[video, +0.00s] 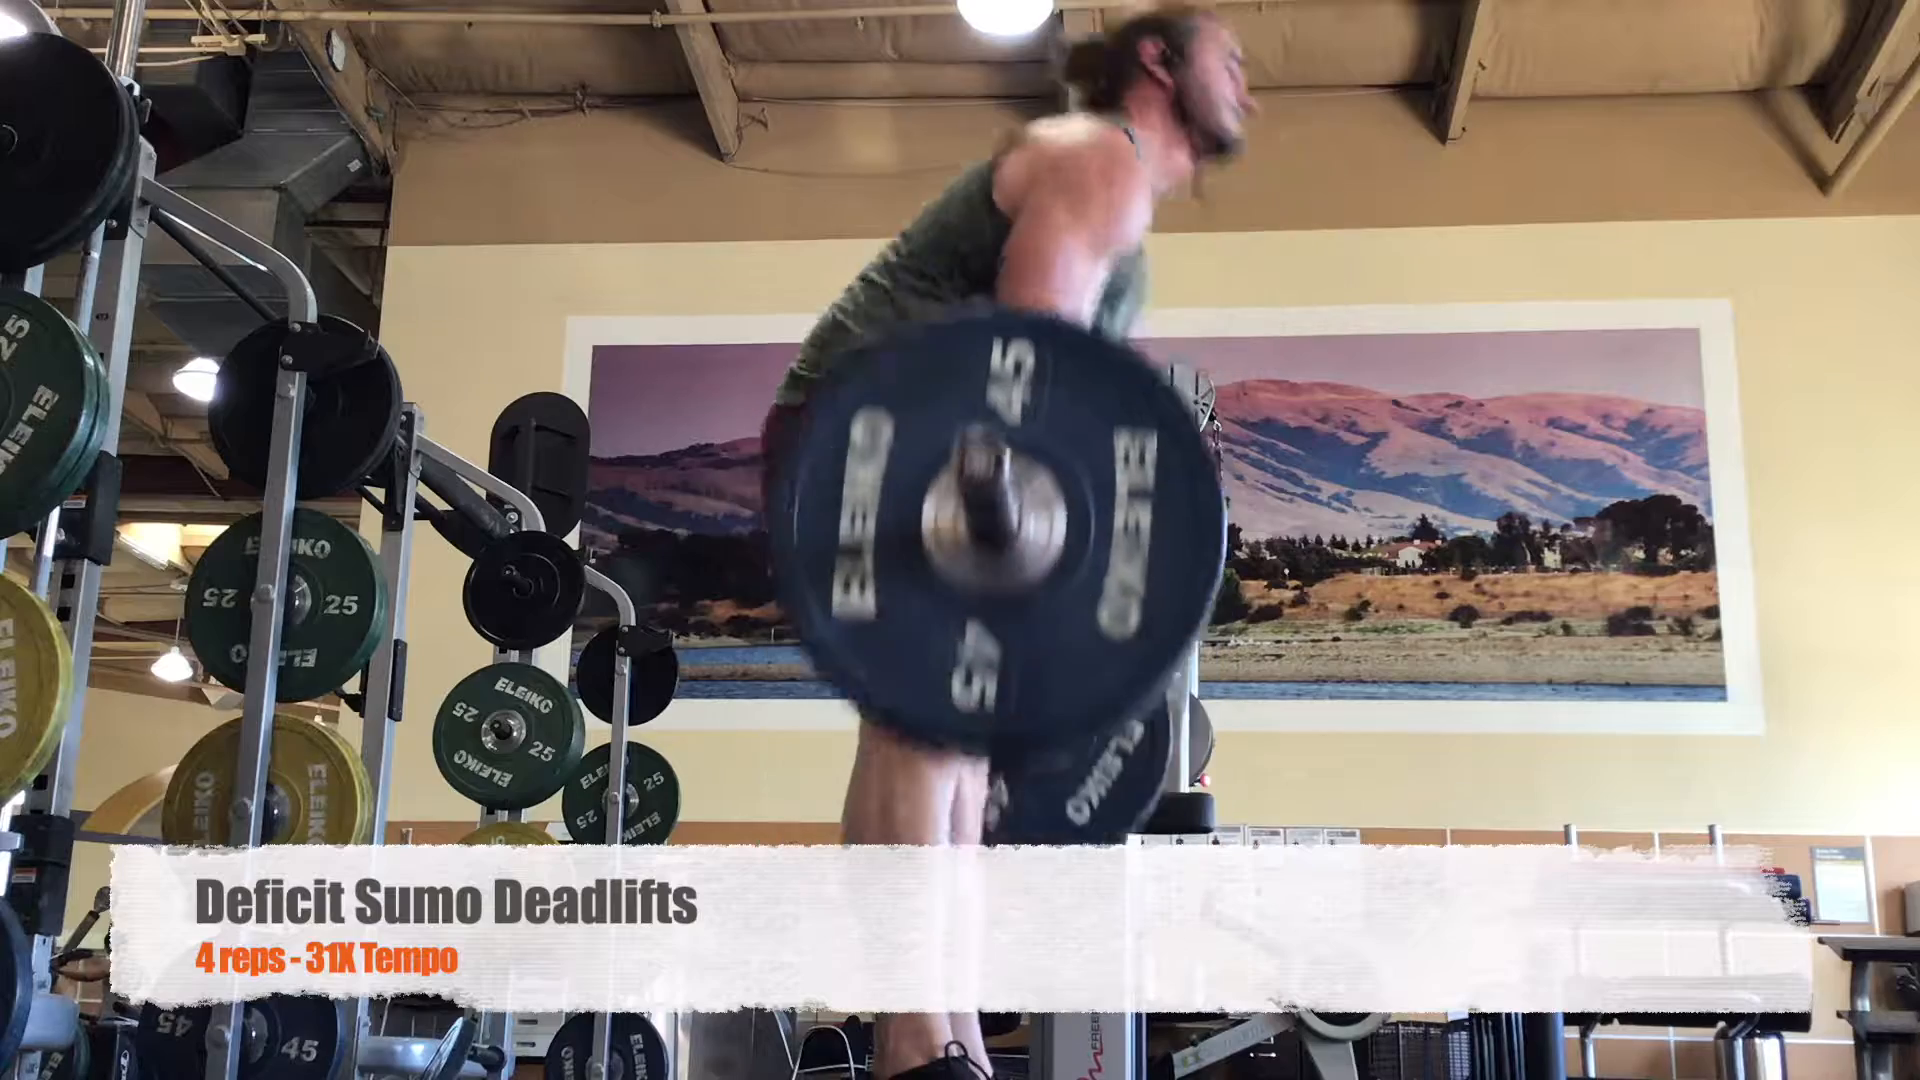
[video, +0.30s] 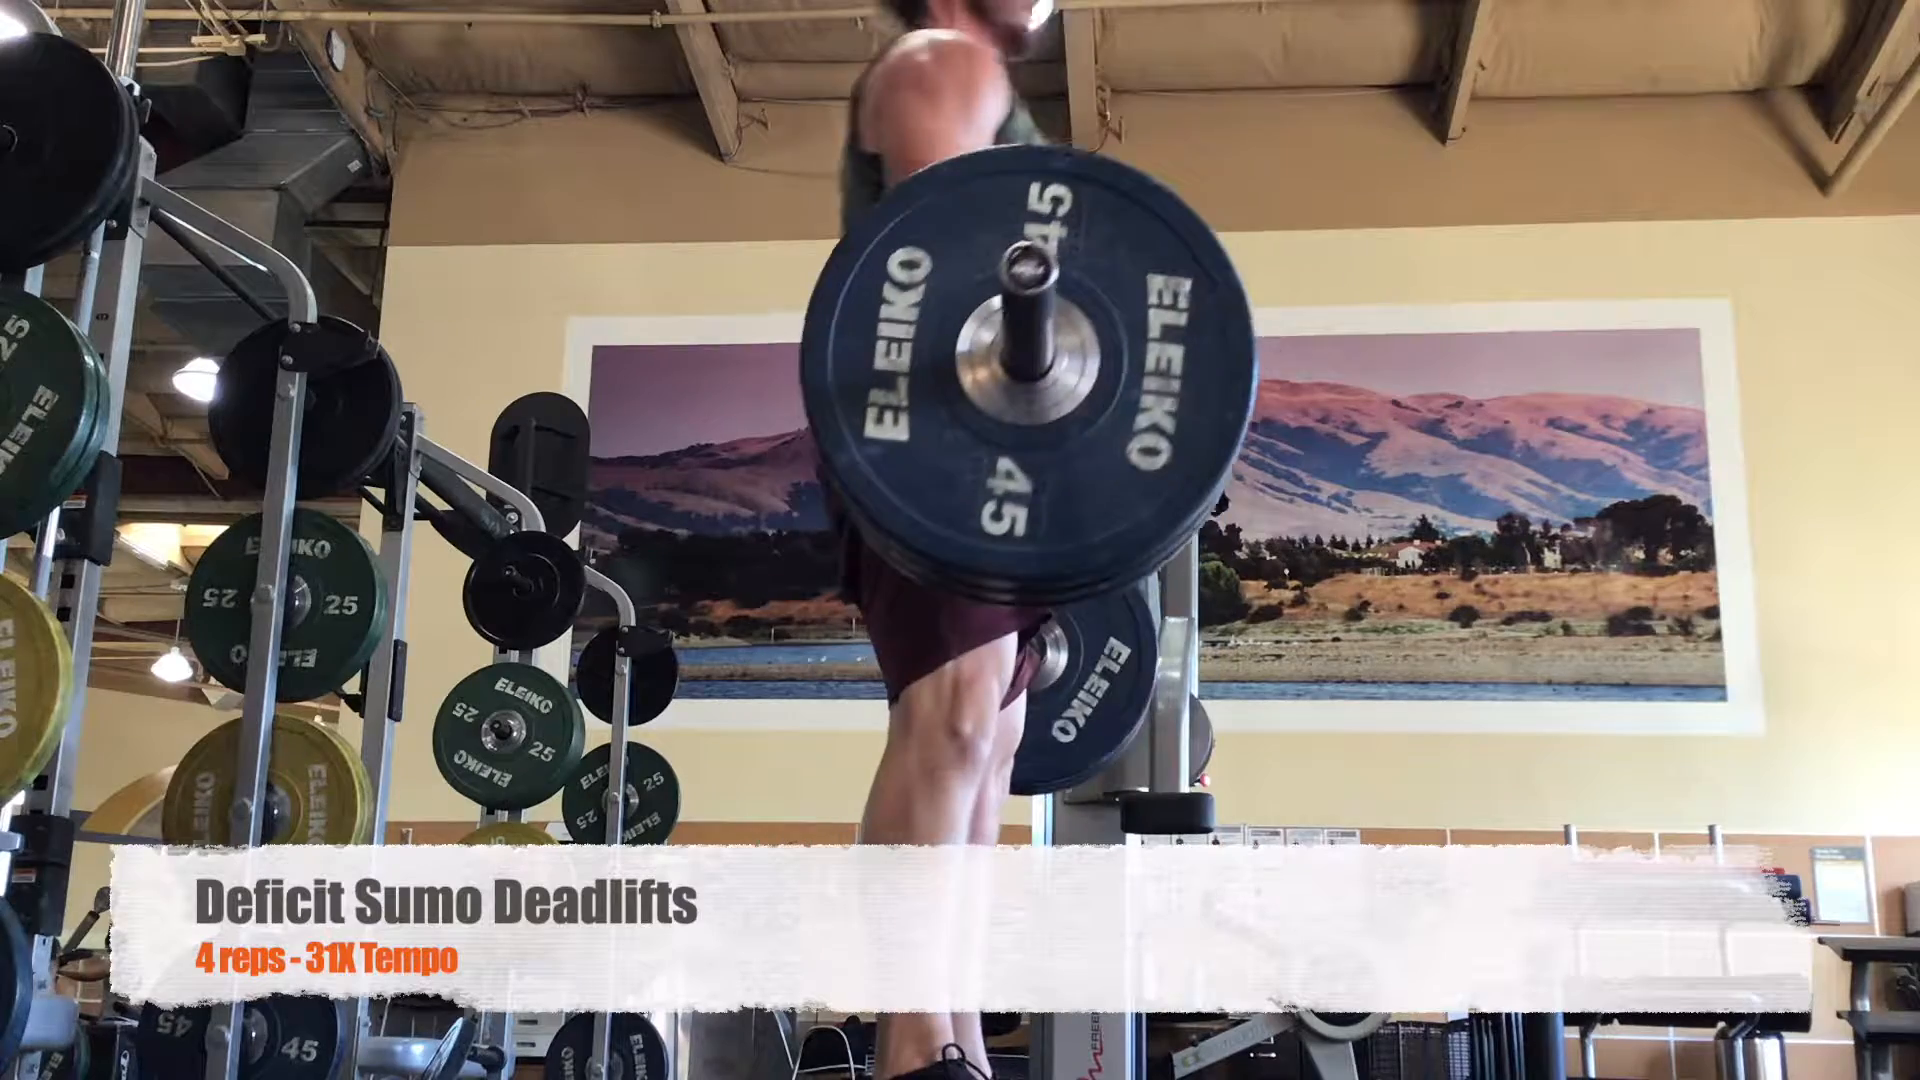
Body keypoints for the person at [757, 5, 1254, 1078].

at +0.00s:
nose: (1248, 96)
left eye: (1245, 76)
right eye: (1230, 68)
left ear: (1160, 71)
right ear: (1159, 66)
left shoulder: (1121, 195)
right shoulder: (1098, 151)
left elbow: (1078, 383)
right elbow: (1031, 342)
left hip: (907, 430)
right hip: (855, 417)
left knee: (963, 725)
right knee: (925, 718)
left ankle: (951, 1030)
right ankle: (914, 1038)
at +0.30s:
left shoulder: (978, 73)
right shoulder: (942, 61)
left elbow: (971, 281)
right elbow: (945, 274)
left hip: (973, 443)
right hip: (919, 437)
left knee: (995, 721)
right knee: (954, 709)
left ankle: (953, 1036)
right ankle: (910, 1047)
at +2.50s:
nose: (1299, 129)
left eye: (1297, 108)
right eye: (1282, 103)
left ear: (1221, 116)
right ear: (1209, 106)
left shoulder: (1162, 246)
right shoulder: (1132, 192)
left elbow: (1105, 438)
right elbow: (1069, 407)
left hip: (905, 448)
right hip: (839, 426)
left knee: (991, 721)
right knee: (934, 701)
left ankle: (955, 1029)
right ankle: (907, 1037)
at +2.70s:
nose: (1317, 179)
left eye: (1315, 157)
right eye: (1300, 151)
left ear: (1233, 155)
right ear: (1231, 147)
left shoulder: (1177, 359)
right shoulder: (1139, 232)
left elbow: (1137, 509)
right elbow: (1075, 454)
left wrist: (1206, 721)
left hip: (896, 460)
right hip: (830, 437)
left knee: (974, 735)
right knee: (932, 722)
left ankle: (960, 1038)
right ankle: (914, 1040)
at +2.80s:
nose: (1328, 207)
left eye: (1328, 186)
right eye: (1312, 178)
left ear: (1244, 180)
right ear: (1242, 172)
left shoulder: (1179, 377)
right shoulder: (1143, 254)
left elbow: (1116, 509)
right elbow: (1081, 480)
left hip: (905, 470)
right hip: (832, 441)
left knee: (985, 734)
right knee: (941, 724)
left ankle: (964, 1035)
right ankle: (917, 1035)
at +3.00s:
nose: (1347, 278)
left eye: (1347, 251)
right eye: (1333, 244)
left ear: (1263, 242)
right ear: (1261, 235)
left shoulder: (1185, 427)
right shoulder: (1154, 314)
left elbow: (1135, 582)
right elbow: (1084, 552)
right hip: (827, 457)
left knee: (996, 746)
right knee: (954, 726)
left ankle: (970, 1043)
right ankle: (923, 1043)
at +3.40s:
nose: (1379, 439)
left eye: (1382, 417)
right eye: (1367, 406)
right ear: (1293, 387)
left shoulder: (1188, 579)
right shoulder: (1166, 457)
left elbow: (1133, 739)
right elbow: (1080, 699)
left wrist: (1134, 894)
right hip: (809, 542)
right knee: (1039, 696)